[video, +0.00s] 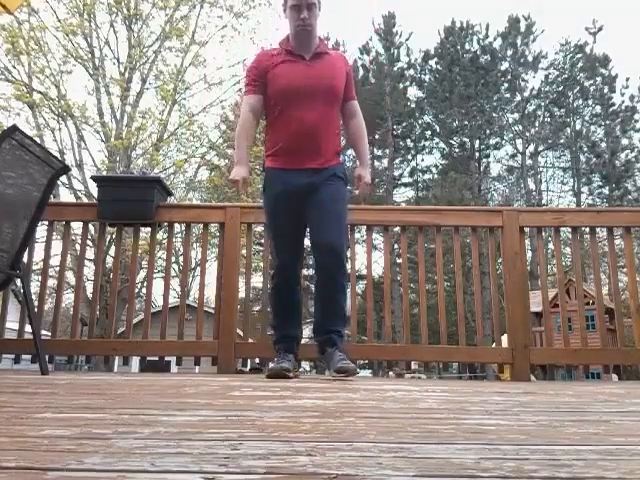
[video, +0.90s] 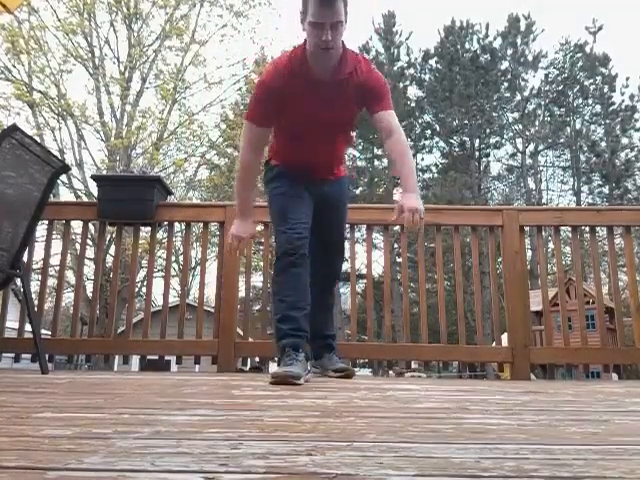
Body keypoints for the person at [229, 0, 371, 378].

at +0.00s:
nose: (303, 13)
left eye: (310, 8)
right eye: (296, 8)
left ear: (319, 13)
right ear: (285, 14)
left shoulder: (338, 63)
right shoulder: (265, 61)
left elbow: (352, 115)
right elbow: (249, 111)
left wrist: (365, 163)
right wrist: (240, 161)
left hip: (329, 175)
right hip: (282, 176)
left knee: (333, 252)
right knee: (286, 264)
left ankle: (331, 347)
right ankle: (285, 352)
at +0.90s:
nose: (327, 36)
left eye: (335, 26)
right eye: (318, 26)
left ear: (345, 24)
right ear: (303, 24)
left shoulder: (363, 75)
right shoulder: (278, 77)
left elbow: (392, 132)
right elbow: (251, 147)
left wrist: (409, 190)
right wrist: (243, 214)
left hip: (333, 176)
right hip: (288, 174)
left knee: (329, 263)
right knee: (293, 249)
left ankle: (324, 351)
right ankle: (292, 352)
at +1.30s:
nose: (307, 162)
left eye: (318, 151)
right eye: (297, 151)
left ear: (334, 133)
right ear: (280, 134)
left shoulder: (361, 157)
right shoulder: (257, 160)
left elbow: (392, 240)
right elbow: (228, 241)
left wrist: (418, 321)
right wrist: (202, 323)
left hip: (324, 195)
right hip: (277, 193)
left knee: (318, 261)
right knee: (283, 247)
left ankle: (316, 346)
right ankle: (293, 352)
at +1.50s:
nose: (312, 204)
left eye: (323, 193)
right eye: (302, 193)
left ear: (341, 174)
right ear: (283, 171)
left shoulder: (366, 194)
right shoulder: (254, 190)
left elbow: (404, 286)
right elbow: (217, 276)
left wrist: (436, 374)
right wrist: (183, 365)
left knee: (320, 266)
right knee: (267, 253)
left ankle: (317, 350)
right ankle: (296, 353)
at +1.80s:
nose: (319, 206)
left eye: (332, 195)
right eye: (307, 195)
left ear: (350, 172)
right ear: (288, 170)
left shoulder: (382, 190)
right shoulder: (255, 190)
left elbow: (418, 284)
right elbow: (210, 283)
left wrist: (437, 374)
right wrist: (180, 369)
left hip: (343, 220)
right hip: (282, 214)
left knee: (328, 285)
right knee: (234, 262)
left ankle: (318, 342)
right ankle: (284, 339)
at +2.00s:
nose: (303, 180)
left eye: (316, 164)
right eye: (289, 165)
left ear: (336, 148)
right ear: (272, 150)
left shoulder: (372, 183)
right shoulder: (243, 182)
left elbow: (410, 281)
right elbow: (206, 282)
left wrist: (437, 374)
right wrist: (180, 370)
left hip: (334, 230)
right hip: (275, 226)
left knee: (328, 301)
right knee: (263, 311)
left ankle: (325, 350)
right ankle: (285, 322)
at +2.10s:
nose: (297, 167)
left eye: (309, 150)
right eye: (284, 152)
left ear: (330, 140)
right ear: (267, 142)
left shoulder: (369, 180)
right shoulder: (243, 181)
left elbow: (408, 280)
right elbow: (205, 284)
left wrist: (437, 373)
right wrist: (180, 370)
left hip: (331, 229)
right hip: (273, 230)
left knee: (327, 298)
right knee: (280, 301)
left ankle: (325, 354)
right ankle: (288, 349)